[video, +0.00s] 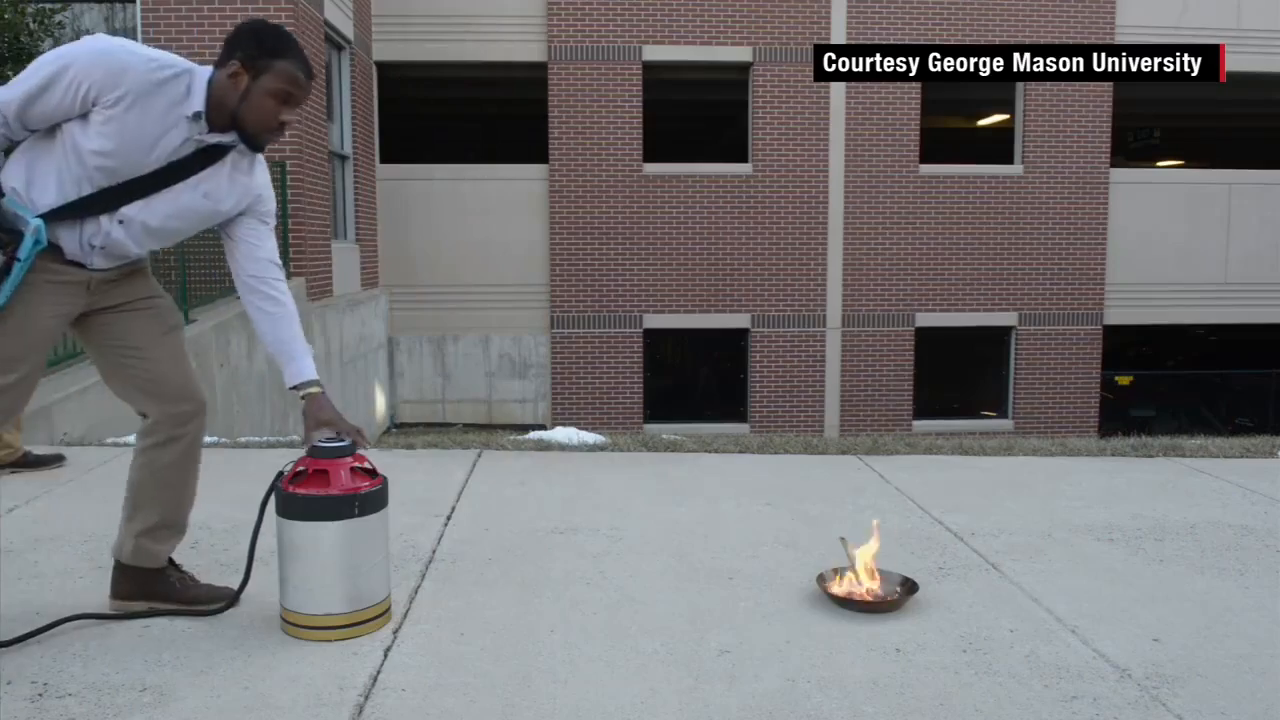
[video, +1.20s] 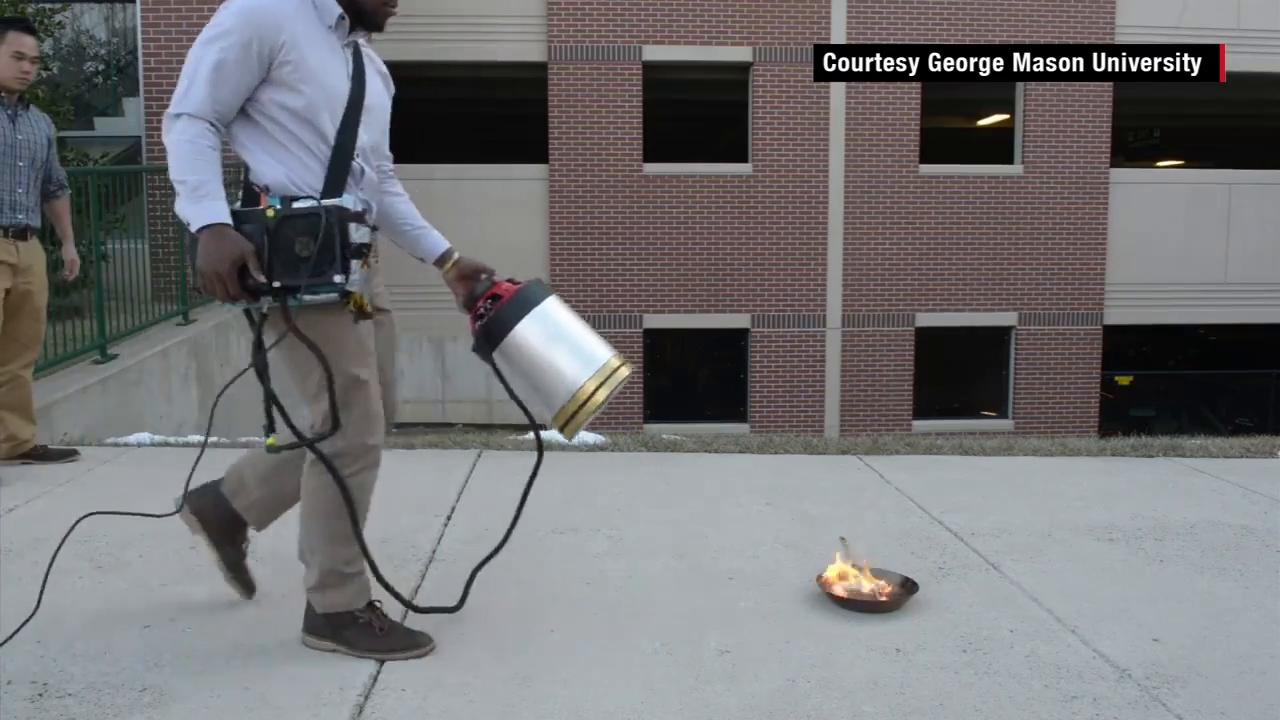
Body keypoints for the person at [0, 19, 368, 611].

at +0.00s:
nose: (286, 121)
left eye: (295, 109)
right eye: (282, 100)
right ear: (235, 74)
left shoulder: (247, 185)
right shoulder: (113, 67)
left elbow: (266, 289)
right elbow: (7, 113)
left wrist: (312, 394)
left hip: (119, 275)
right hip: (30, 257)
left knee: (179, 408)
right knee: (3, 419)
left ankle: (142, 570)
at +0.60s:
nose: (352, 60)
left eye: (358, 49)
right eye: (342, 40)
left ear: (350, 55)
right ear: (293, 25)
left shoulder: (304, 149)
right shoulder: (197, 38)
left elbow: (290, 251)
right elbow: (89, 88)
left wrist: (332, 346)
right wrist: (18, 172)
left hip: (199, 267)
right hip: (115, 243)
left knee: (208, 415)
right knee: (74, 422)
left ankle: (144, 570)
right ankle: (13, 597)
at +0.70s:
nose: (350, 35)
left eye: (356, 23)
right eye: (340, 17)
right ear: (293, 6)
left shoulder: (307, 124)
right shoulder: (205, 26)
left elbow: (291, 227)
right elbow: (97, 83)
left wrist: (342, 311)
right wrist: (43, 176)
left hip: (215, 261)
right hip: (139, 241)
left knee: (207, 415)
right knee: (127, 418)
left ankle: (147, 566)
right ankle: (87, 601)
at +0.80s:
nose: (354, 23)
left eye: (359, 12)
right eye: (344, 7)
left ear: (322, 14)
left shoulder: (312, 110)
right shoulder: (207, 20)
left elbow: (295, 214)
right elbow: (104, 83)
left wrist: (348, 288)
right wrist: (63, 180)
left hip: (228, 258)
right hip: (157, 245)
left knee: (215, 419)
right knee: (166, 417)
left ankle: (155, 570)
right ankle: (154, 604)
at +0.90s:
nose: (357, 10)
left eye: (359, 3)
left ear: (333, 8)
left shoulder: (322, 92)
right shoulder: (213, 16)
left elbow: (309, 199)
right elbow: (114, 93)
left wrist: (374, 275)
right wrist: (97, 195)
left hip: (252, 255)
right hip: (187, 246)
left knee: (216, 411)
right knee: (225, 418)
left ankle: (142, 562)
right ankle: (262, 598)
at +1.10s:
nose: (368, 7)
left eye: (370, 1)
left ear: (349, 7)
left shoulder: (349, 76)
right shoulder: (235, 16)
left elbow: (345, 187)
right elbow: (152, 110)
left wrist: (411, 258)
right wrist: (161, 214)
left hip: (296, 263)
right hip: (246, 255)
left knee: (252, 424)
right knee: (298, 431)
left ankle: (155, 550)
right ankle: (331, 603)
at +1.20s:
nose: (391, 4)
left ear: (382, 6)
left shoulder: (374, 69)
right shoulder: (262, 16)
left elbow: (377, 183)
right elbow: (190, 119)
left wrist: (447, 259)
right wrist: (208, 224)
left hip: (357, 264)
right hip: (294, 259)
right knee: (348, 426)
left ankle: (229, 504)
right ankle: (337, 606)